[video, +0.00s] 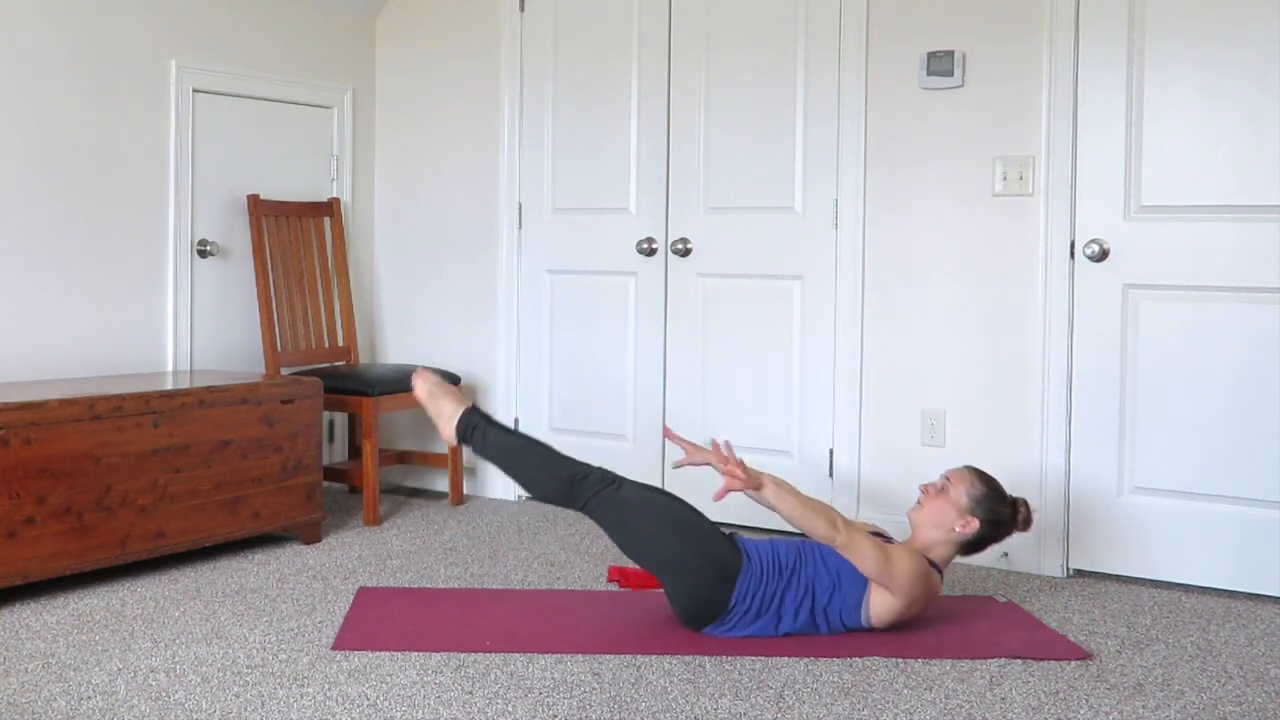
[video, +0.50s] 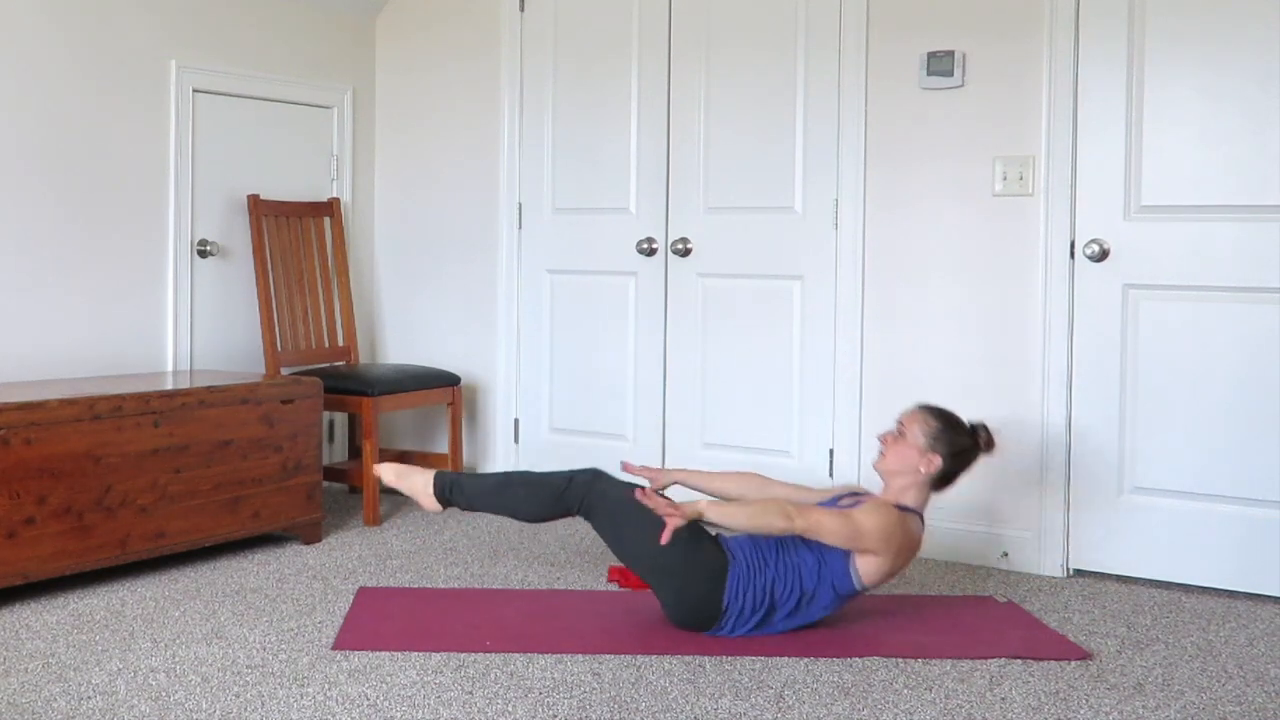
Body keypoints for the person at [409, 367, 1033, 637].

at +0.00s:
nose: (926, 491)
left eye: (943, 492)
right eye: (937, 483)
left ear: (962, 529)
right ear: (949, 520)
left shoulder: (909, 579)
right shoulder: (897, 556)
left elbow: (838, 534)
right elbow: (826, 525)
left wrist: (761, 483)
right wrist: (744, 474)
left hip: (723, 590)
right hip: (725, 567)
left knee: (597, 489)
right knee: (600, 486)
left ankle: (460, 418)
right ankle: (464, 426)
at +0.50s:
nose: (883, 441)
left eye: (900, 438)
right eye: (891, 432)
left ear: (928, 466)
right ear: (910, 456)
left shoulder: (890, 524)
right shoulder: (870, 503)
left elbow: (794, 524)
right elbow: (774, 493)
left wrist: (695, 514)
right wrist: (680, 478)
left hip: (716, 587)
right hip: (719, 567)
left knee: (586, 485)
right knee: (590, 483)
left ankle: (436, 487)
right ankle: (444, 484)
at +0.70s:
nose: (824, 386)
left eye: (838, 382)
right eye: (831, 377)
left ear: (871, 407)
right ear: (860, 403)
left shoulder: (855, 477)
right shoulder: (819, 455)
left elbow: (755, 500)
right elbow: (730, 469)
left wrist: (652, 513)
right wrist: (644, 491)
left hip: (714, 596)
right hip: (707, 572)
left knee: (626, 446)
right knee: (622, 443)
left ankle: (483, 485)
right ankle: (484, 480)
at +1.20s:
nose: (878, 438)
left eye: (895, 435)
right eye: (886, 428)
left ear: (923, 464)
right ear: (902, 451)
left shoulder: (884, 526)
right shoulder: (861, 496)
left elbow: (784, 508)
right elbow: (770, 482)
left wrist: (686, 490)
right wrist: (681, 471)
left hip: (711, 593)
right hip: (716, 564)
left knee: (604, 467)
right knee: (607, 464)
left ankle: (459, 508)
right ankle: (466, 504)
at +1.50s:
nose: (932, 500)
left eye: (949, 502)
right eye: (942, 492)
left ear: (971, 537)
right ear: (950, 520)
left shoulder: (917, 578)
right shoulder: (909, 559)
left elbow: (839, 531)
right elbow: (827, 518)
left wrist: (754, 480)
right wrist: (740, 471)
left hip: (729, 587)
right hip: (732, 569)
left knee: (611, 477)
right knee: (615, 476)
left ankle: (473, 414)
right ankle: (478, 417)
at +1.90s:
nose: (898, 469)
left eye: (914, 465)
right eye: (906, 459)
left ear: (945, 492)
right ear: (932, 488)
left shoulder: (899, 544)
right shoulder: (903, 537)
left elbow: (800, 515)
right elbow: (801, 519)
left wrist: (709, 490)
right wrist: (706, 491)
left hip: (723, 583)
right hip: (728, 576)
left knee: (584, 505)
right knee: (588, 504)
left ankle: (434, 490)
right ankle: (441, 490)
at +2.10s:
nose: (844, 409)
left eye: (859, 402)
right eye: (851, 398)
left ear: (893, 424)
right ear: (880, 419)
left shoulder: (872, 489)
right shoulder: (849, 470)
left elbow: (767, 491)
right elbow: (759, 482)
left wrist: (670, 493)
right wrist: (667, 489)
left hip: (718, 597)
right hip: (717, 573)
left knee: (603, 467)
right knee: (605, 463)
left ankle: (463, 519)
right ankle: (469, 515)